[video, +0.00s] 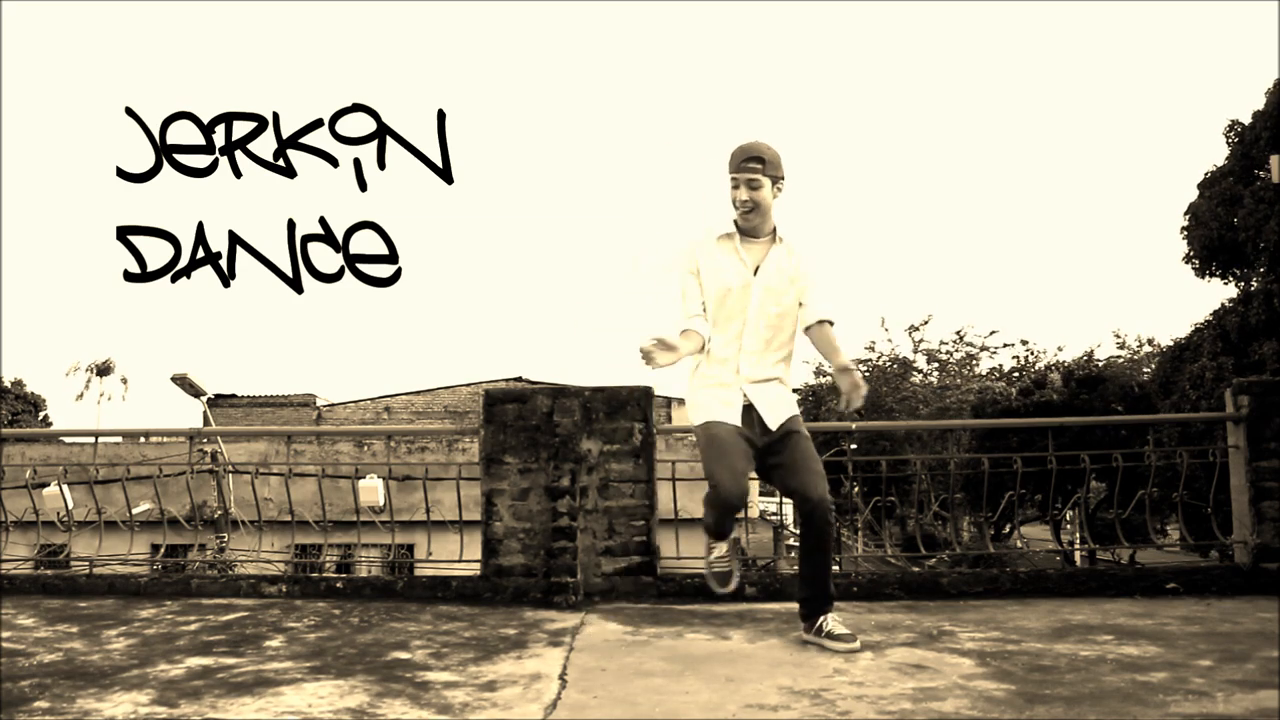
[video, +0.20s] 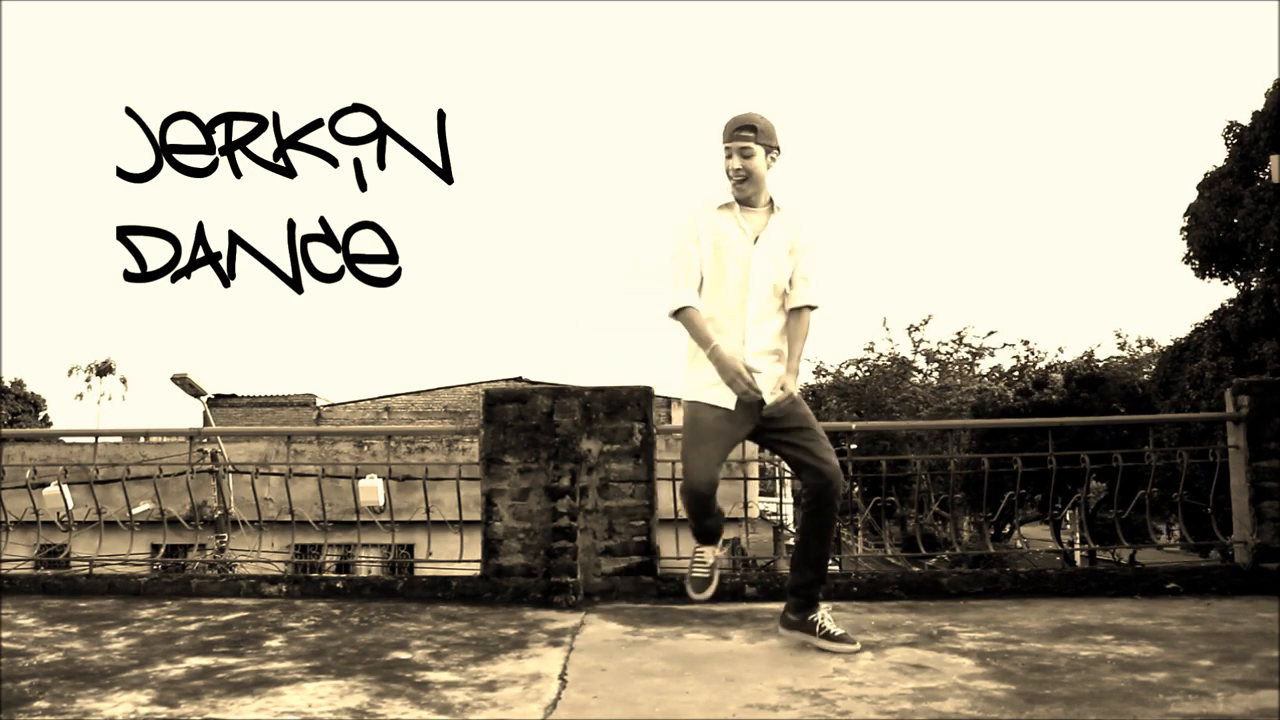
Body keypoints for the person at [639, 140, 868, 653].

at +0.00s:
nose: (743, 195)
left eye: (753, 185)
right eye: (735, 186)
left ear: (776, 190)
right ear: (728, 192)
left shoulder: (794, 262)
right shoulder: (701, 256)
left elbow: (815, 322)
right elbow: (696, 325)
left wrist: (842, 364)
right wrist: (678, 348)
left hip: (773, 391)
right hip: (716, 391)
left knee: (817, 499)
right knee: (730, 492)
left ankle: (817, 615)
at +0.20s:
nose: (735, 163)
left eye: (746, 153)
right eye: (729, 155)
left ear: (772, 158)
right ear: (723, 162)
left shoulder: (793, 231)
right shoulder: (700, 222)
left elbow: (799, 307)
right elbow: (682, 302)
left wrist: (791, 371)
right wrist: (719, 353)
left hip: (775, 383)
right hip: (713, 381)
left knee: (827, 479)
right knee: (697, 486)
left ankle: (802, 607)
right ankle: (709, 540)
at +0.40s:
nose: (696, 153)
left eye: (706, 142)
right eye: (690, 144)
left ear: (734, 142)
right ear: (686, 148)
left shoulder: (764, 211)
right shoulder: (667, 207)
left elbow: (783, 278)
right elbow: (641, 271)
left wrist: (790, 341)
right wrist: (648, 330)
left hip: (750, 376)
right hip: (682, 374)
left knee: (799, 473)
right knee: (649, 485)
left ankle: (799, 606)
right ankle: (625, 561)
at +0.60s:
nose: (639, 170)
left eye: (647, 157)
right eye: (632, 161)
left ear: (677, 154)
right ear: (629, 166)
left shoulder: (715, 217)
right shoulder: (623, 223)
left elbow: (732, 276)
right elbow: (603, 283)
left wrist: (735, 332)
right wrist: (606, 344)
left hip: (709, 384)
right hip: (642, 385)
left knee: (755, 484)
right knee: (613, 500)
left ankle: (785, 619)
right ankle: (583, 612)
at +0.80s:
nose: (635, 131)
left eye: (641, 117)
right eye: (627, 123)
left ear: (671, 112)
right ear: (625, 129)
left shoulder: (728, 172)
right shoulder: (636, 189)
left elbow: (801, 191)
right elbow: (617, 248)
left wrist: (818, 235)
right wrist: (582, 295)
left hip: (733, 340)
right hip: (671, 343)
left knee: (738, 467)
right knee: (672, 467)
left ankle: (692, 584)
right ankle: (656, 594)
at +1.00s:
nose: (669, 149)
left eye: (677, 136)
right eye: (662, 140)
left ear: (708, 132)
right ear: (660, 146)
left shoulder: (755, 194)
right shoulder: (670, 207)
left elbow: (825, 223)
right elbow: (639, 263)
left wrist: (801, 225)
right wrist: (572, 257)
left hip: (751, 364)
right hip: (696, 364)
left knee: (764, 494)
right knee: (738, 483)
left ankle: (664, 585)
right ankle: (743, 627)